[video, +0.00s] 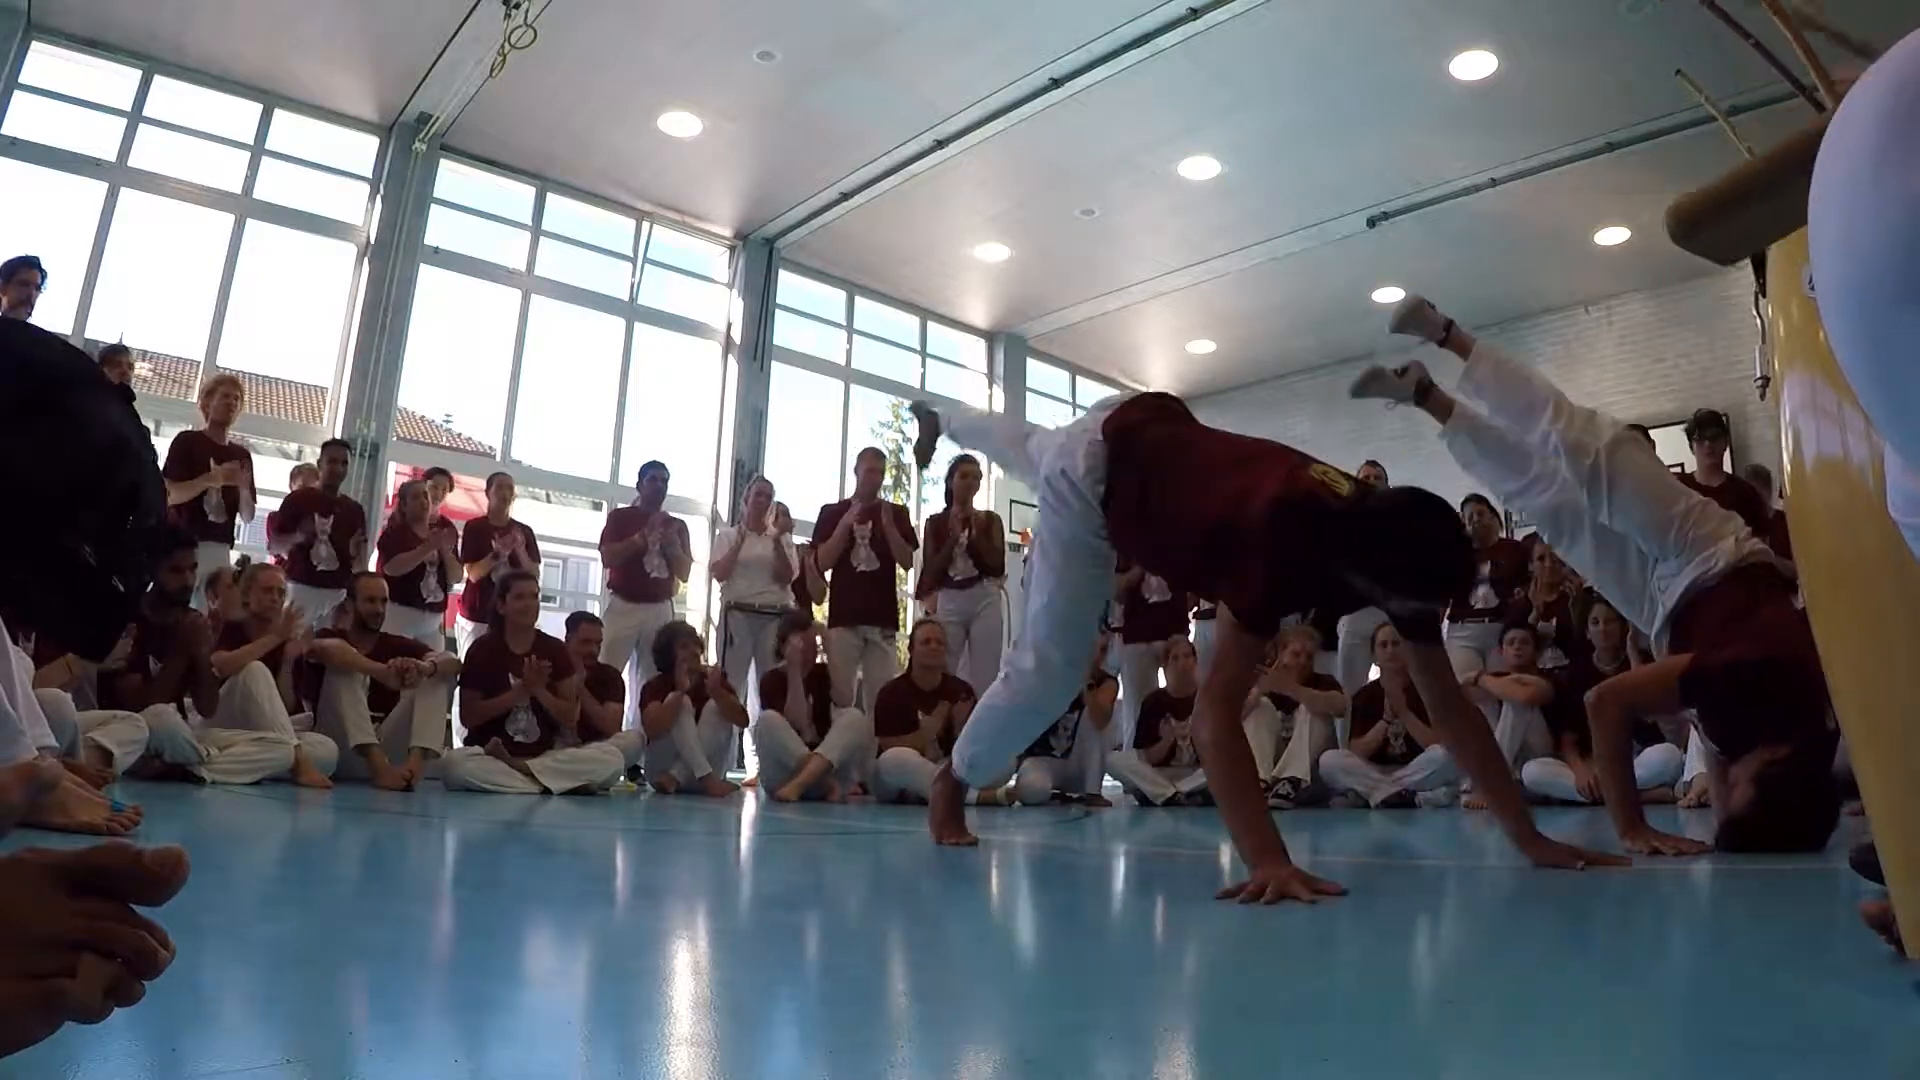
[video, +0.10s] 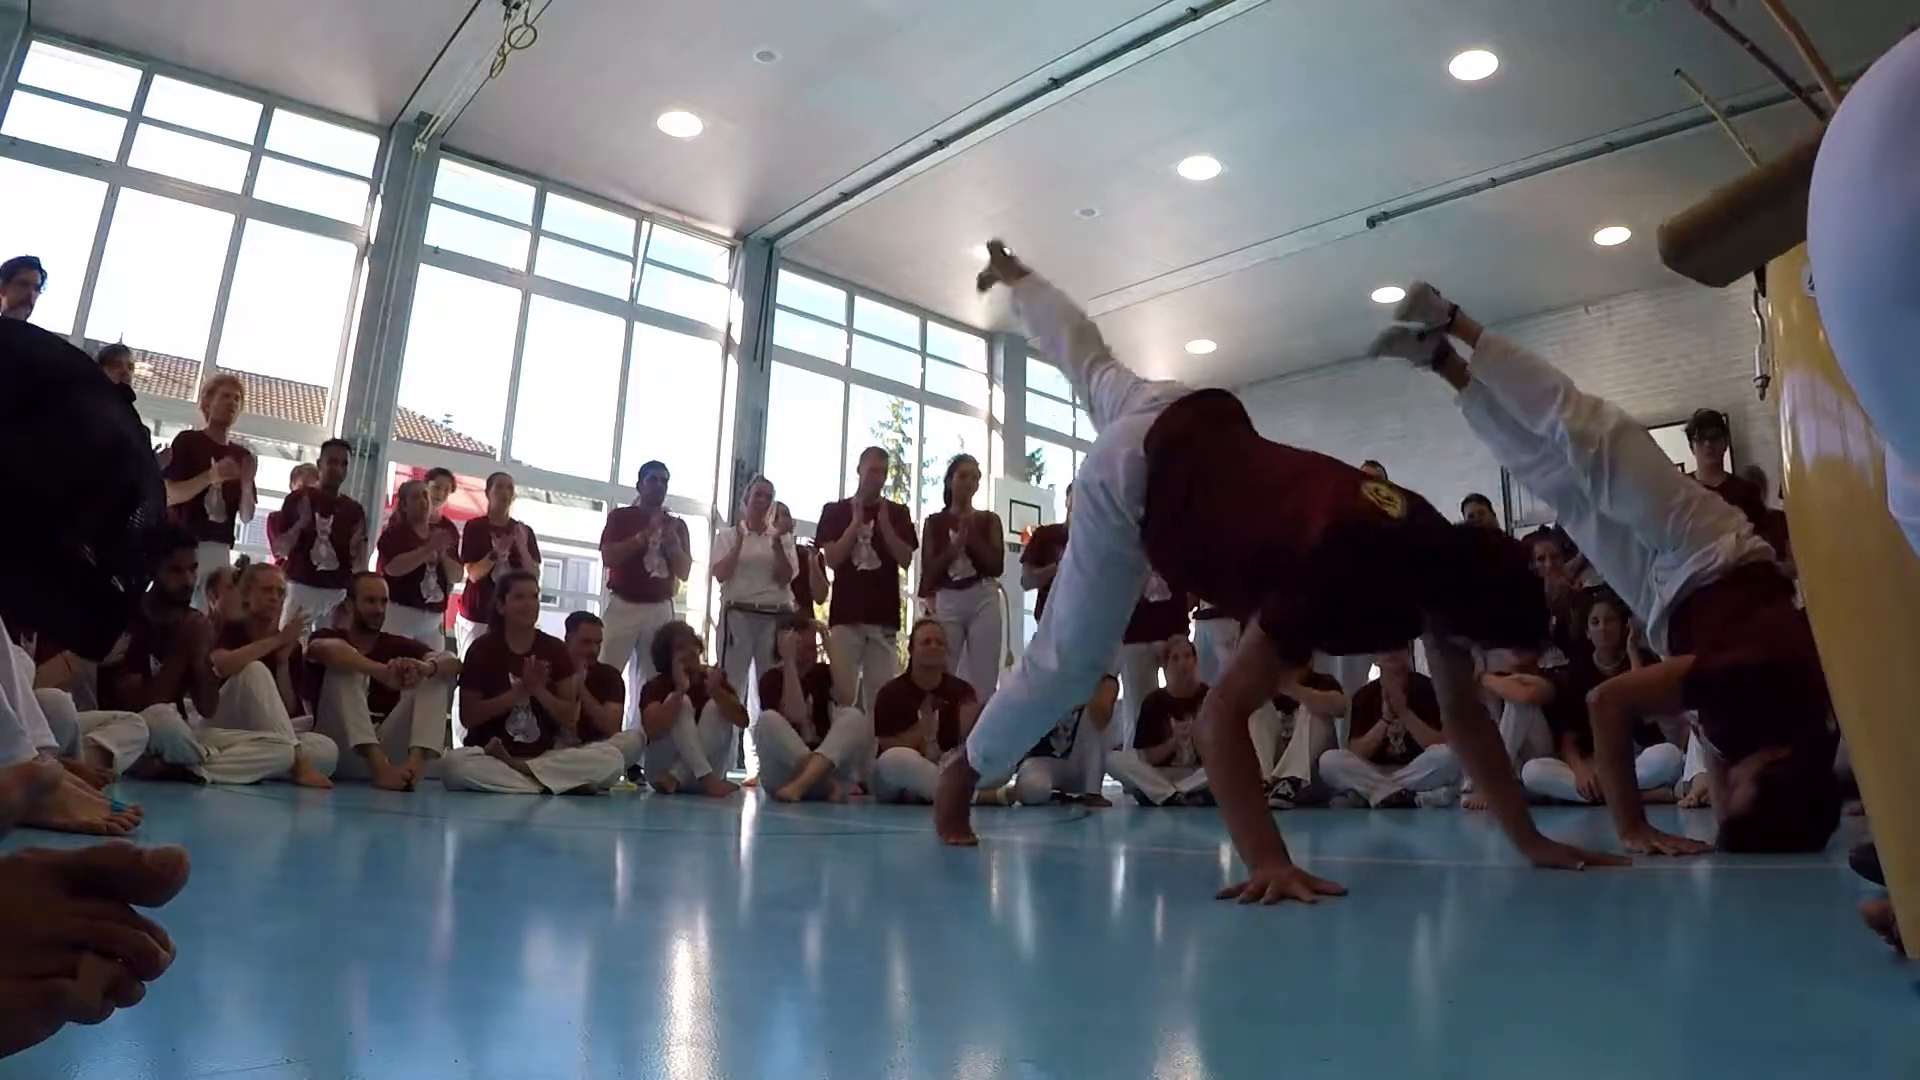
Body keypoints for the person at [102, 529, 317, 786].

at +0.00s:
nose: (188, 580)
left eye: (192, 569)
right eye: (176, 571)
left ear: (197, 569)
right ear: (152, 572)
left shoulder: (193, 623)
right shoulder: (129, 619)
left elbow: (208, 708)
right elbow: (135, 704)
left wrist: (202, 652)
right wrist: (182, 652)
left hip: (183, 731)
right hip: (134, 733)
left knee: (283, 753)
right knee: (161, 716)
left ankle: (182, 771)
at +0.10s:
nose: (188, 581)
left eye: (192, 570)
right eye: (176, 571)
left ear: (197, 570)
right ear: (153, 571)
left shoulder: (195, 622)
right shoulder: (129, 617)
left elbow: (208, 707)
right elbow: (135, 703)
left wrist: (200, 652)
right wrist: (183, 651)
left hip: (182, 732)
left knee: (284, 751)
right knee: (162, 716)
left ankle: (187, 772)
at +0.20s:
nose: (188, 580)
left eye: (193, 569)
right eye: (175, 571)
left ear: (197, 568)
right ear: (153, 571)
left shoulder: (197, 623)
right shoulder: (131, 617)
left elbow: (209, 706)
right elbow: (139, 702)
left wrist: (197, 659)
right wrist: (184, 651)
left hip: (181, 730)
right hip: (132, 730)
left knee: (283, 751)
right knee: (161, 716)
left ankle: (186, 771)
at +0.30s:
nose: (188, 581)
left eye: (193, 569)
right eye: (175, 572)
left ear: (197, 568)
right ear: (154, 571)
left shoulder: (196, 623)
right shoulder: (129, 617)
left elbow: (210, 707)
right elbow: (140, 703)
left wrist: (200, 651)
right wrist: (184, 647)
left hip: (180, 731)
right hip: (130, 732)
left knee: (284, 751)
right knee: (162, 716)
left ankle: (183, 771)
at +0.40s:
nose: (187, 580)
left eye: (192, 569)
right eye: (175, 571)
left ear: (197, 567)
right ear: (152, 569)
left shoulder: (194, 622)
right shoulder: (126, 614)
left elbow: (208, 707)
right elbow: (140, 703)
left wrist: (201, 651)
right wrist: (185, 647)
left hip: (180, 731)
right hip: (128, 733)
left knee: (283, 751)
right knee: (162, 716)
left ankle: (184, 772)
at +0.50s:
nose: (187, 579)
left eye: (192, 567)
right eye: (174, 569)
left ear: (197, 567)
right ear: (153, 570)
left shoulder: (194, 621)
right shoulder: (128, 615)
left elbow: (205, 707)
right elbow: (139, 702)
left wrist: (201, 647)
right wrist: (183, 647)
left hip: (180, 734)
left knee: (283, 751)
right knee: (162, 716)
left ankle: (181, 771)